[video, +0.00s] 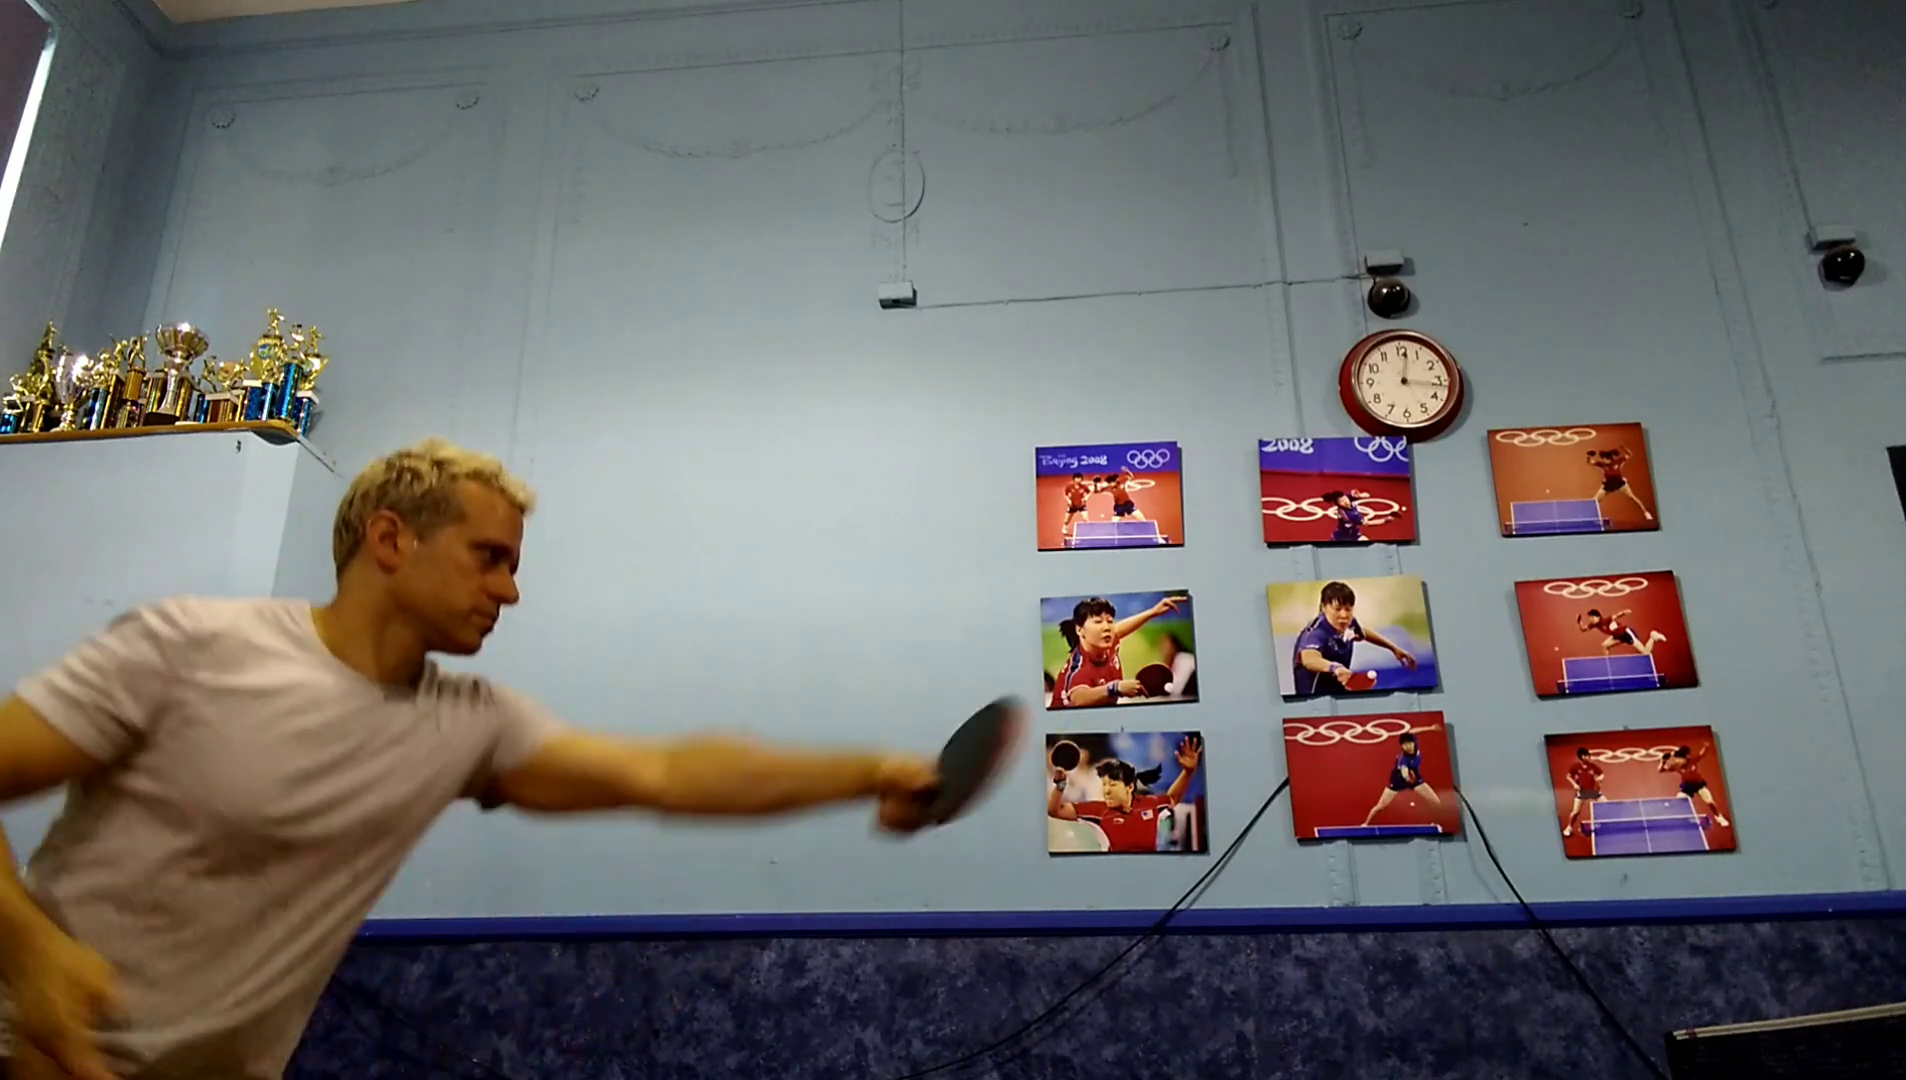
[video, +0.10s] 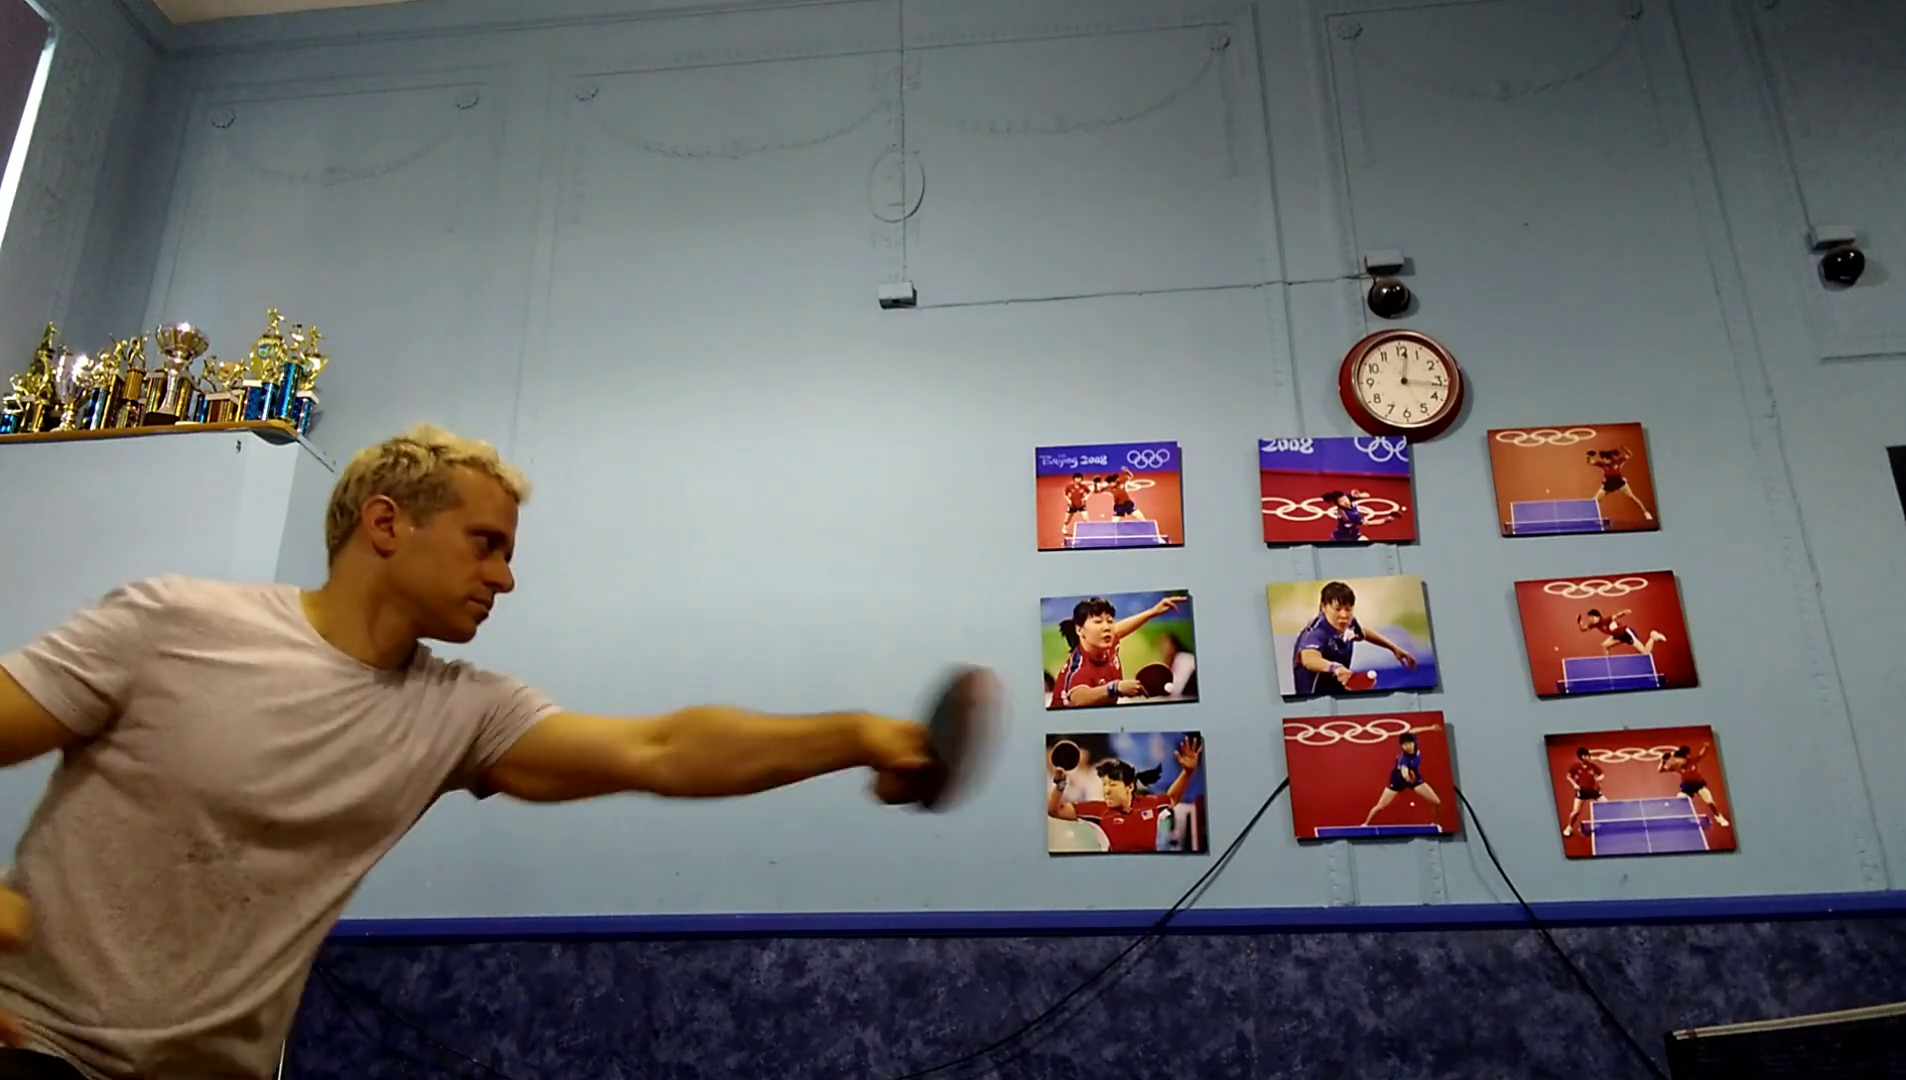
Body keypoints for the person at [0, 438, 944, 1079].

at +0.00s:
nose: (509, 588)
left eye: (514, 564)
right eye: (488, 556)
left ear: (419, 558)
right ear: (386, 541)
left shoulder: (466, 727)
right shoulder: (185, 647)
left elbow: (664, 773)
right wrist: (23, 940)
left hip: (227, 1067)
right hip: (47, 1046)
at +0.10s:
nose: (504, 579)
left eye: (508, 556)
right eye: (486, 546)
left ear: (417, 546)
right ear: (382, 526)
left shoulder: (456, 711)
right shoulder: (168, 622)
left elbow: (659, 750)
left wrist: (862, 737)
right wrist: (5, 891)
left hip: (217, 1067)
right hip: (33, 1030)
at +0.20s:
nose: (498, 573)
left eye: (499, 548)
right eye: (478, 537)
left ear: (388, 526)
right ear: (377, 519)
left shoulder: (439, 721)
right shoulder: (154, 617)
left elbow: (594, 811)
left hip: (210, 1062)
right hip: (33, 1029)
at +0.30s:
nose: (492, 573)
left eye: (492, 550)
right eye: (471, 537)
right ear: (369, 518)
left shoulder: (421, 736)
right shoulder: (159, 623)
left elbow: (493, 885)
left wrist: (543, 942)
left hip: (198, 1067)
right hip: (31, 1044)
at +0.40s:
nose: (499, 581)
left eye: (497, 557)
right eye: (478, 546)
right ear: (373, 531)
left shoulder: (399, 755)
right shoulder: (188, 637)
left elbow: (395, 948)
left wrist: (408, 1023)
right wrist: (19, 1049)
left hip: (186, 1065)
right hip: (32, 1046)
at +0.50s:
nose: (511, 603)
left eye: (510, 579)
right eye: (490, 569)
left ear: (388, 558)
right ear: (385, 554)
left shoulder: (391, 763)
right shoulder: (212, 666)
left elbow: (327, 953)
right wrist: (26, 1059)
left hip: (191, 1064)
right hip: (49, 1050)